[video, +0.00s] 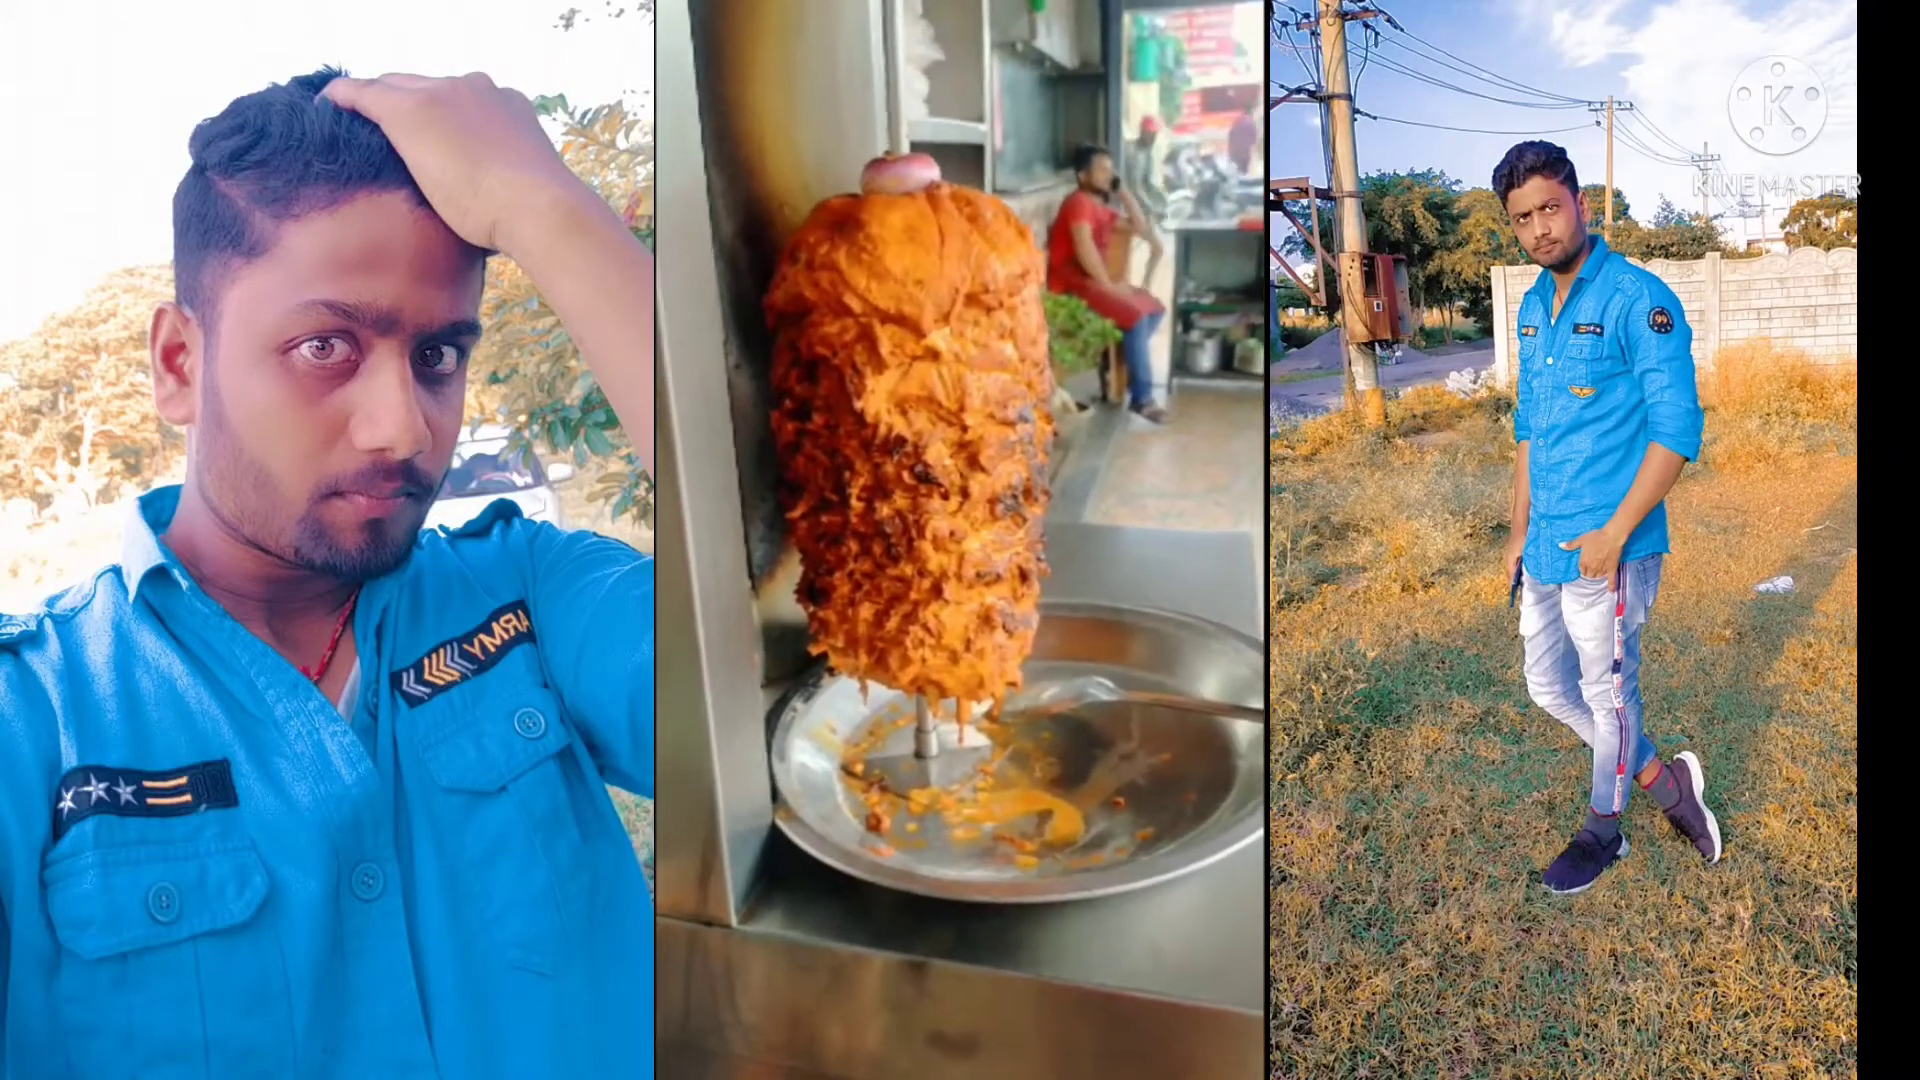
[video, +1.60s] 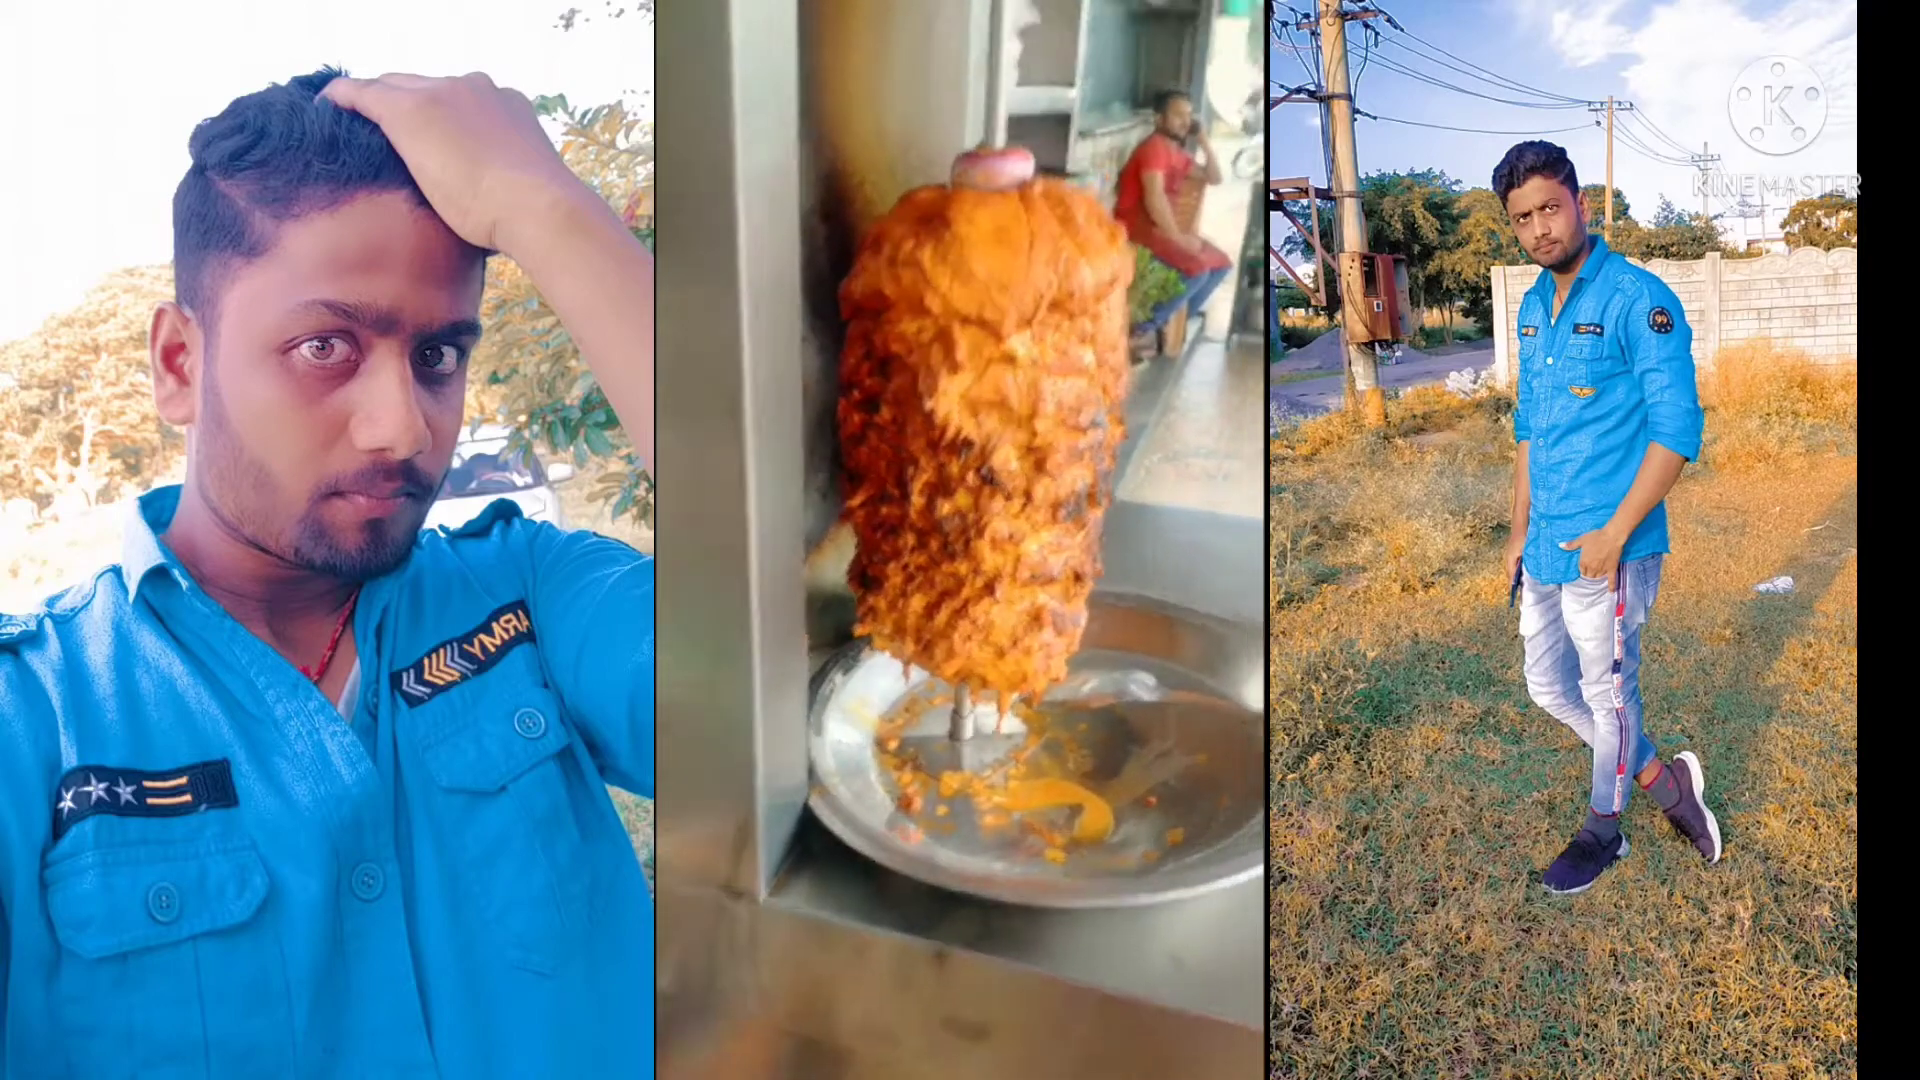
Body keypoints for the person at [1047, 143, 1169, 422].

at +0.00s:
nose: (1109, 175)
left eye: (1110, 169)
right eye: (1102, 169)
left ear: (1109, 174)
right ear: (1083, 175)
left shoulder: (1102, 207)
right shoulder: (1078, 203)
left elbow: (1139, 227)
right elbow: (1083, 248)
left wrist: (1123, 193)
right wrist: (1107, 283)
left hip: (1094, 279)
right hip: (1072, 282)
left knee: (1155, 309)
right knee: (1134, 317)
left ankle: (1111, 361)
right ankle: (1142, 399)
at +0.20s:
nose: (1131, 158)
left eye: (1133, 152)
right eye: (1124, 152)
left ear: (1134, 156)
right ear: (1105, 156)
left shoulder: (1124, 188)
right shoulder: (1100, 185)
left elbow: (1161, 210)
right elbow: (1106, 232)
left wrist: (1146, 176)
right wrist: (1128, 266)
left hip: (1117, 260)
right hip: (1093, 264)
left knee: (1176, 295)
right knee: (1156, 301)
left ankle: (1133, 344)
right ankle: (1173, 380)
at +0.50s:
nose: (1150, 129)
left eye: (1153, 122)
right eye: (1143, 122)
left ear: (1155, 127)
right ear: (1125, 127)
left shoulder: (1144, 160)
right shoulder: (1121, 156)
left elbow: (1183, 183)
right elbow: (1126, 207)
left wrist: (1167, 146)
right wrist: (1152, 242)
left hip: (1133, 234)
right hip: (1113, 237)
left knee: (1197, 268)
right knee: (1180, 272)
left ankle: (1154, 326)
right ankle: (1163, 350)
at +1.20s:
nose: (1178, 122)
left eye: (1181, 116)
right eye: (1171, 116)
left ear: (1183, 121)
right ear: (1153, 120)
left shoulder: (1172, 154)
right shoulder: (1148, 149)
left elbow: (1209, 178)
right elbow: (1150, 200)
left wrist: (1195, 141)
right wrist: (1175, 237)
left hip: (1163, 228)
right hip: (1139, 230)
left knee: (1220, 262)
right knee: (1198, 269)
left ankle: (1181, 322)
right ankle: (1148, 328)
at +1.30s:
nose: (1185, 84)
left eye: (1188, 79)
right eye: (1178, 78)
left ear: (1190, 83)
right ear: (1160, 82)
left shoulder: (1179, 117)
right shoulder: (1154, 112)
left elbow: (1215, 143)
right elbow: (1155, 162)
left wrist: (1202, 105)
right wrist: (1178, 202)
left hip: (1171, 193)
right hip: (1146, 194)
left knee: (1225, 229)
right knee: (1202, 236)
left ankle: (1183, 288)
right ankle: (1150, 295)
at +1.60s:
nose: (1185, 121)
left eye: (1188, 115)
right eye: (1178, 115)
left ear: (1190, 119)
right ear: (1160, 117)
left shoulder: (1176, 152)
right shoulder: (1154, 147)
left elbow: (1213, 177)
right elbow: (1153, 197)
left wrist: (1203, 141)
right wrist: (1176, 236)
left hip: (1160, 228)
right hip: (1136, 229)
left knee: (1220, 264)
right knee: (1197, 269)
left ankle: (1170, 323)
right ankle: (1145, 328)